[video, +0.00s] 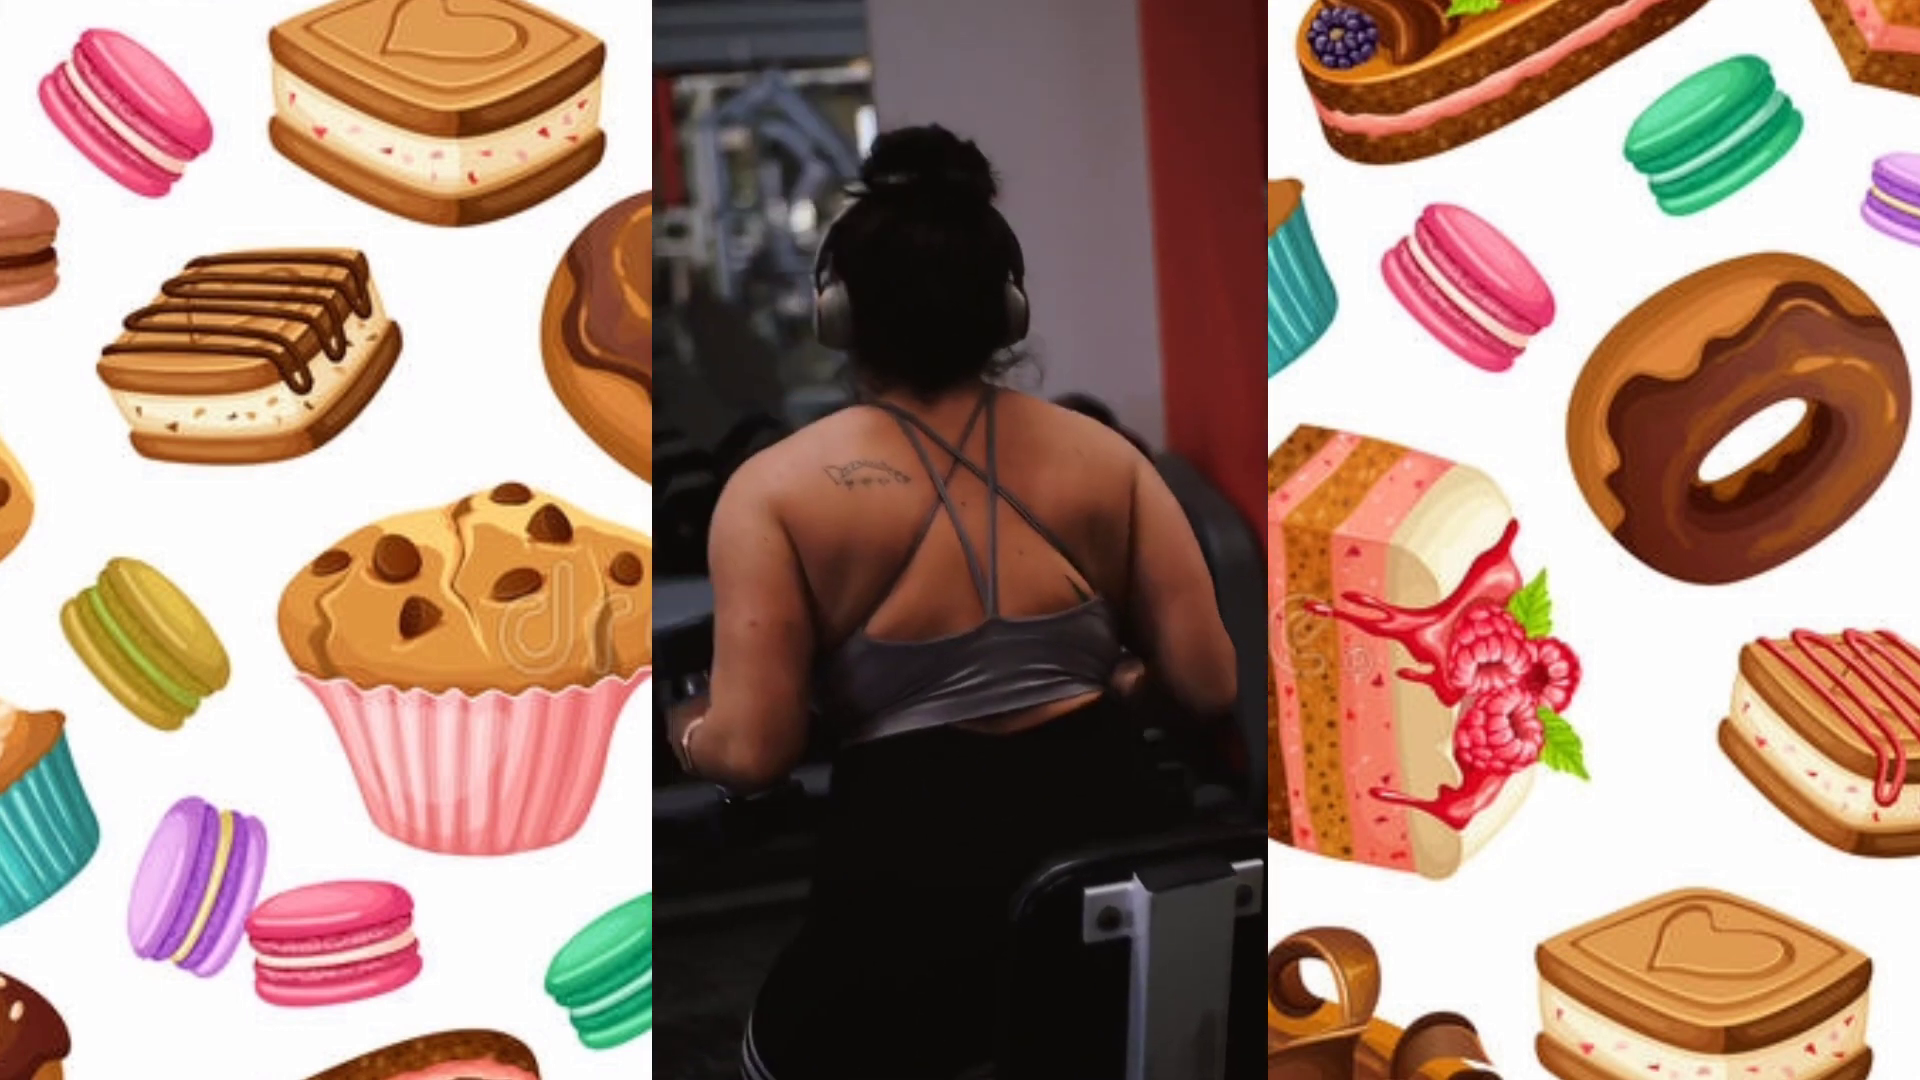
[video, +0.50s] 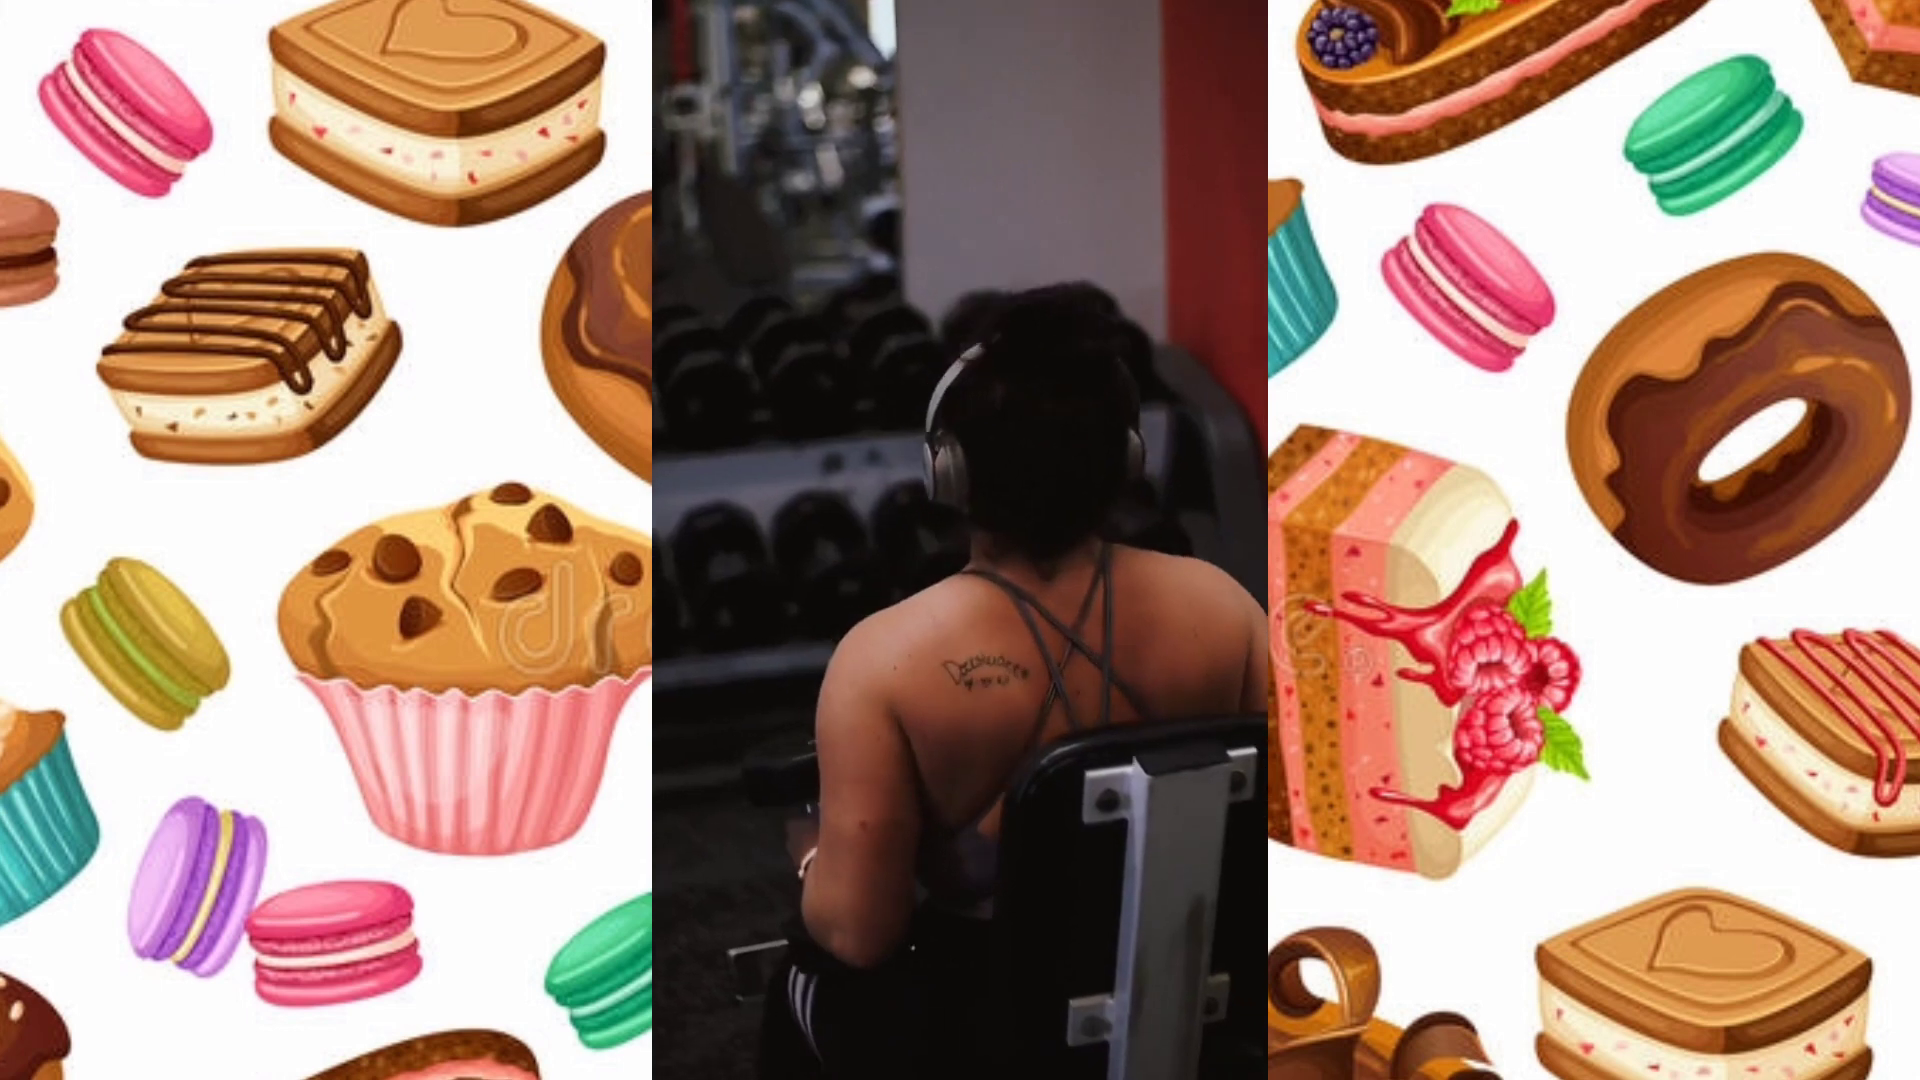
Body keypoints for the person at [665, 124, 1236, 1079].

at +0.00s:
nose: (821, 299)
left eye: (829, 282)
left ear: (841, 310)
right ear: (1003, 303)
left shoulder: (776, 492)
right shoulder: (1101, 457)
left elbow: (755, 752)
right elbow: (1211, 683)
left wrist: (696, 735)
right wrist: (1123, 681)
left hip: (908, 919)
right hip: (1113, 902)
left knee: (781, 1047)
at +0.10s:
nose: (862, 399)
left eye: (867, 383)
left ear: (882, 407)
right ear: (1053, 400)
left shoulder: (817, 580)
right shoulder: (1142, 548)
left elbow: (800, 837)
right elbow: (1245, 774)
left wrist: (749, 813)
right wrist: (1154, 759)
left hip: (938, 1000)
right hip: (1142, 988)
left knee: (800, 1057)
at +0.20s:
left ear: (906, 467)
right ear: (1078, 454)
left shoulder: (844, 644)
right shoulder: (1167, 604)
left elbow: (825, 902)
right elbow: (1259, 823)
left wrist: (780, 866)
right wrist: (1154, 802)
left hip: (965, 1034)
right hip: (1160, 1018)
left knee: (812, 1061)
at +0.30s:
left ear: (919, 463)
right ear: (1098, 453)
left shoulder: (859, 644)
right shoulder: (1182, 599)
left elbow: (838, 905)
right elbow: (1266, 792)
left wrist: (798, 860)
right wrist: (1167, 799)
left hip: (974, 1033)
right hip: (1176, 1014)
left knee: (799, 1041)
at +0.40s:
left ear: (938, 467)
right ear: (1116, 456)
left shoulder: (877, 648)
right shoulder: (1207, 604)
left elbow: (857, 917)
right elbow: (1287, 819)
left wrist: (815, 862)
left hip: (984, 1036)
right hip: (1190, 1016)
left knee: (805, 989)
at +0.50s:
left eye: (931, 450)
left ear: (950, 474)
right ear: (1129, 457)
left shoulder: (885, 663)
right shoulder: (1223, 611)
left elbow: (858, 935)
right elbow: (1291, 837)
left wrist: (814, 860)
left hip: (973, 1038)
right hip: (1187, 1018)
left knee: (810, 951)